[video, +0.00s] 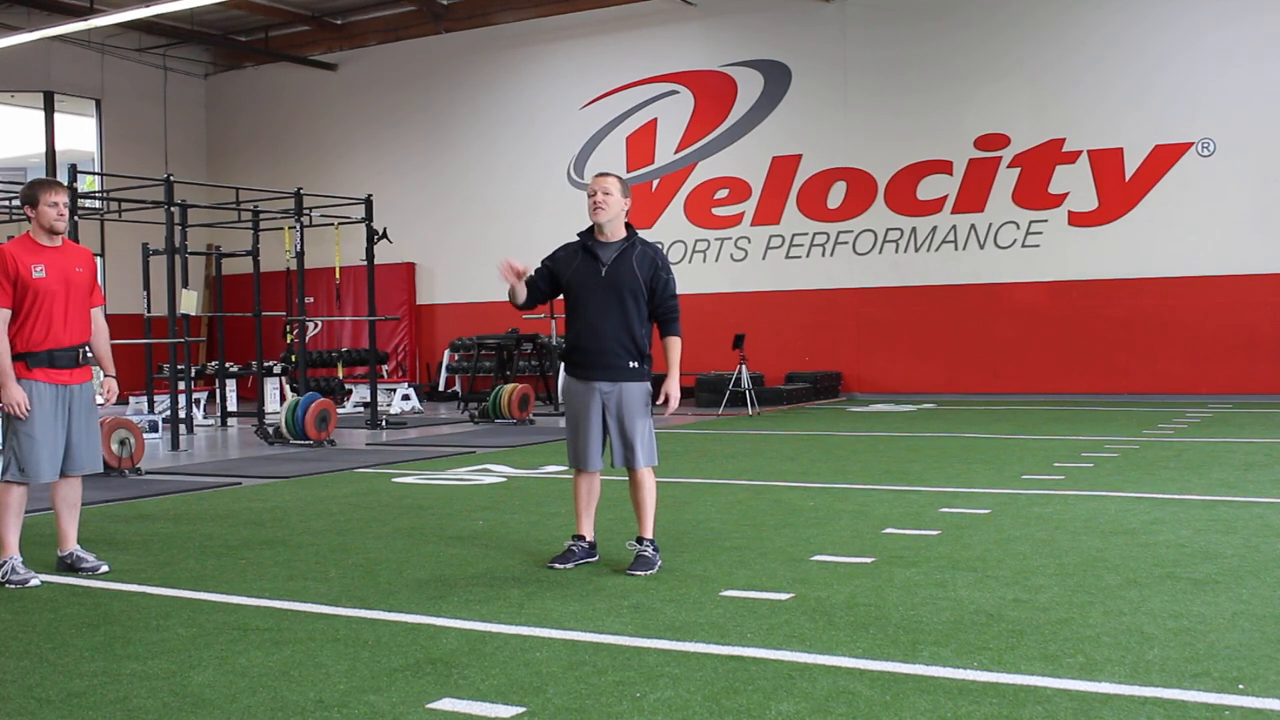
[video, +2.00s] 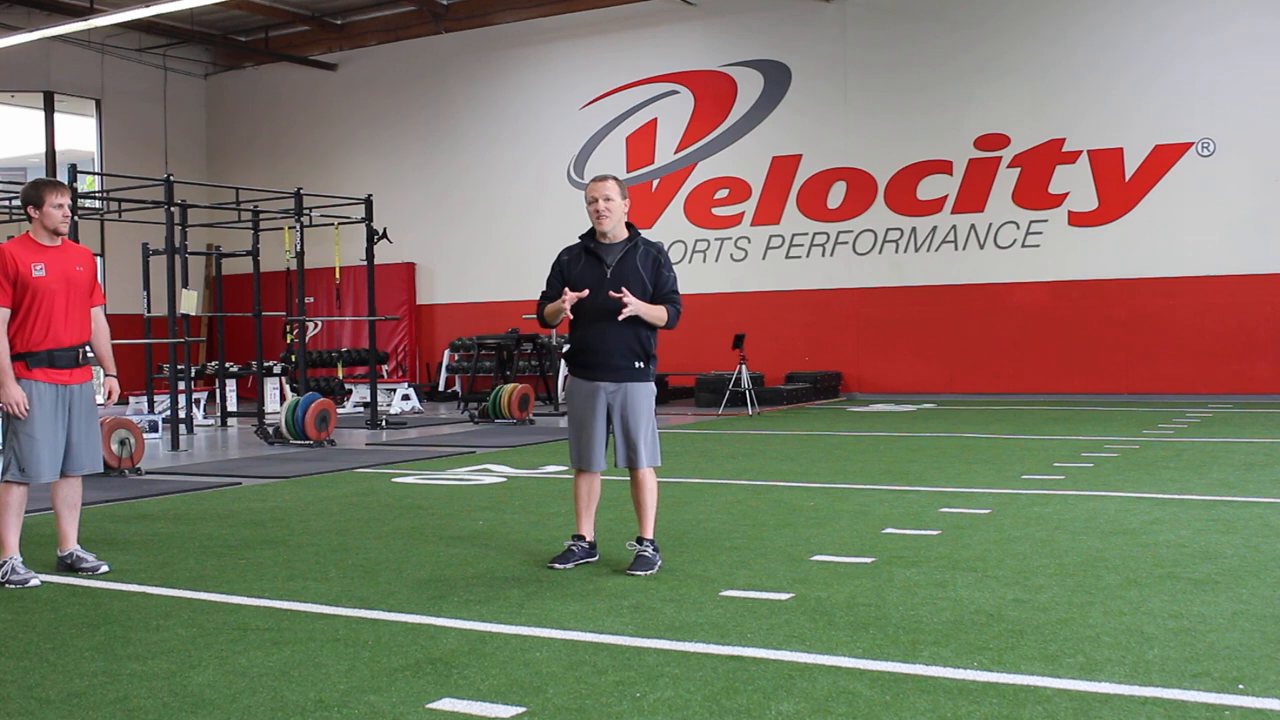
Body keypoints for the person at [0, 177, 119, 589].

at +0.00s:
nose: (62, 212)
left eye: (66, 205)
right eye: (53, 205)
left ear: (69, 211)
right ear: (30, 211)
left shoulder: (84, 257)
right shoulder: (11, 255)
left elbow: (96, 320)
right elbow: (0, 326)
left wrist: (109, 371)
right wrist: (7, 382)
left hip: (77, 377)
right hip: (30, 378)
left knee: (72, 467)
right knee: (18, 473)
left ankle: (69, 551)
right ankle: (10, 559)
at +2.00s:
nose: (66, 213)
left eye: (68, 206)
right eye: (57, 206)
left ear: (69, 211)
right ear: (33, 211)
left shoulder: (84, 257)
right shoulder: (11, 255)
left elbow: (96, 319)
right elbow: (0, 326)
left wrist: (110, 371)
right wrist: (6, 381)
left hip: (77, 376)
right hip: (29, 378)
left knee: (72, 466)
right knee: (18, 473)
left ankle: (69, 551)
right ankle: (10, 560)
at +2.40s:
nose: (66, 213)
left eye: (69, 206)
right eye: (57, 206)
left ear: (70, 211)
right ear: (33, 211)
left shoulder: (84, 257)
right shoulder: (10, 255)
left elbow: (96, 320)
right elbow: (0, 326)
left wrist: (110, 371)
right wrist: (6, 381)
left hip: (77, 377)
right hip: (30, 378)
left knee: (72, 466)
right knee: (18, 473)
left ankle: (69, 551)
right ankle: (9, 559)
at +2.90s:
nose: (66, 213)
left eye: (69, 206)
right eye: (58, 206)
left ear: (70, 210)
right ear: (34, 211)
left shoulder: (84, 257)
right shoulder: (11, 255)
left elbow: (96, 320)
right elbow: (1, 326)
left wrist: (109, 371)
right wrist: (8, 382)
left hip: (77, 377)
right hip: (30, 378)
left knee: (72, 466)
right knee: (18, 473)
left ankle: (69, 551)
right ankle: (10, 559)